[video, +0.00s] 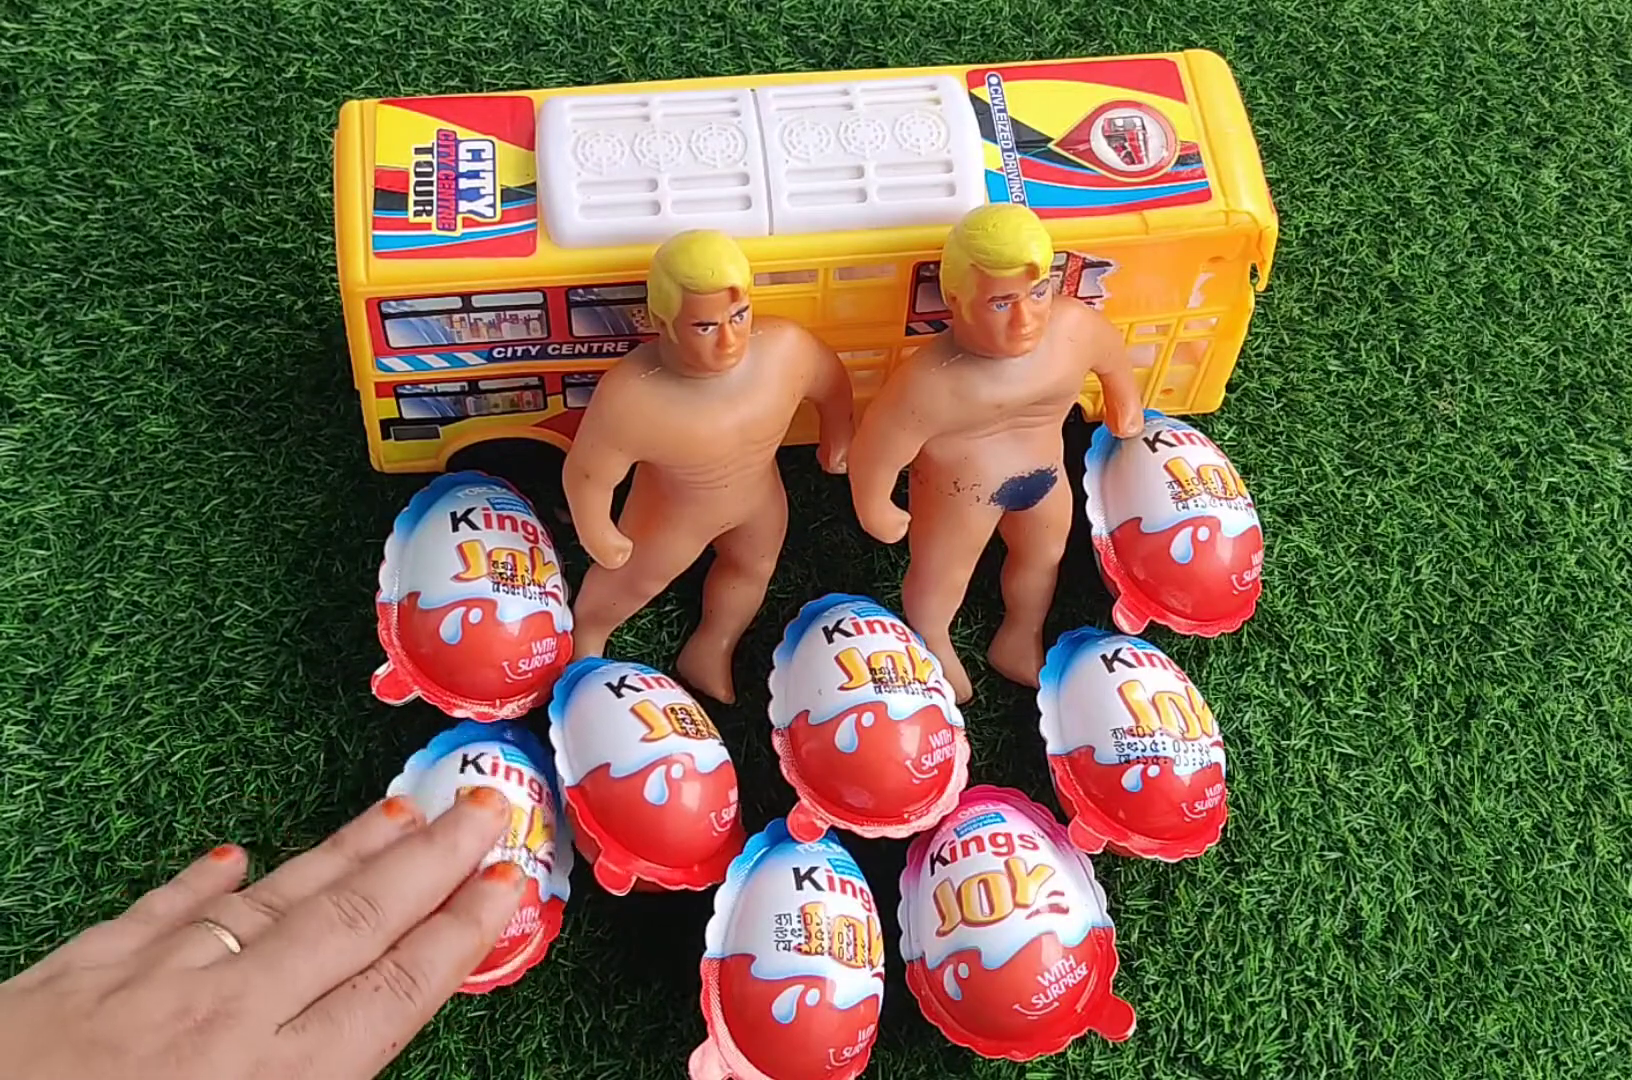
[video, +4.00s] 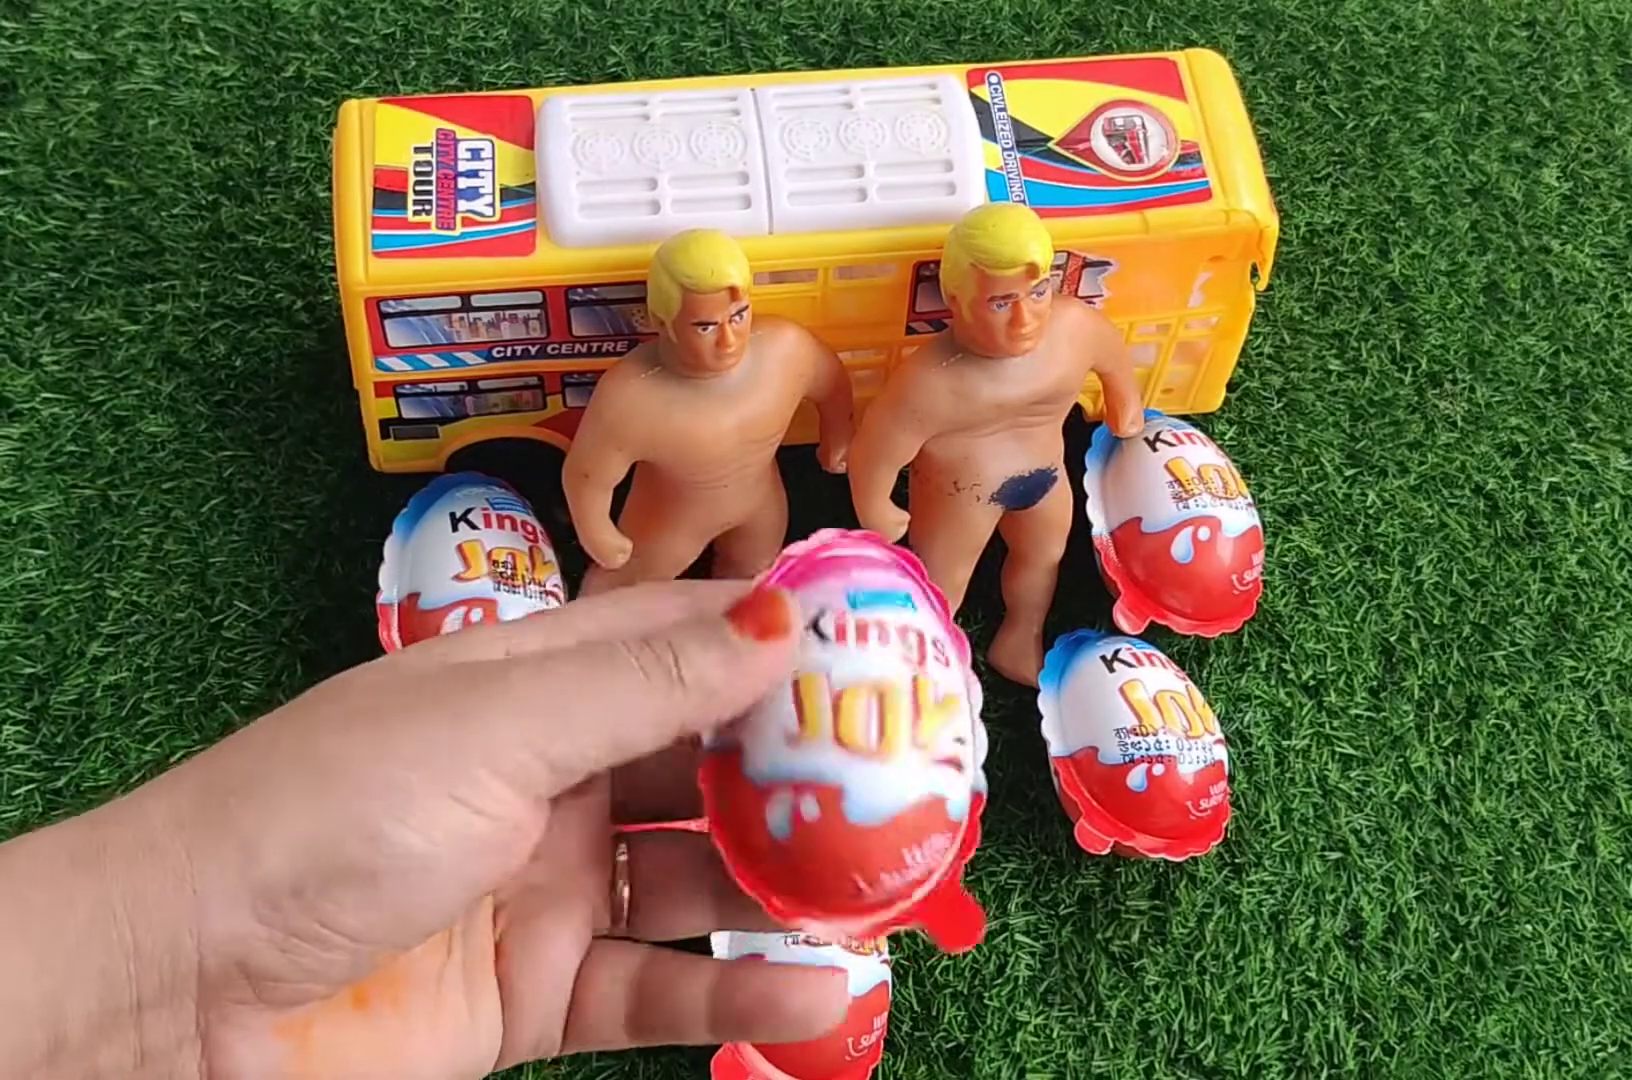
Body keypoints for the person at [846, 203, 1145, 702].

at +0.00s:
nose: (1024, 316)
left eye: (1037, 294)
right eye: (1000, 302)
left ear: (1051, 284)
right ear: (954, 304)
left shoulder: (1078, 327)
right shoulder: (927, 382)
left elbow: (1113, 358)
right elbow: (874, 452)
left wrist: (1126, 406)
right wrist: (877, 514)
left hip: (1045, 477)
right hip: (959, 493)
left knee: (1041, 561)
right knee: (940, 580)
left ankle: (1020, 642)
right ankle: (933, 645)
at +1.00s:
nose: (1023, 317)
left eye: (1036, 294)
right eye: (999, 302)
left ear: (1052, 284)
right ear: (953, 304)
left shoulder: (1077, 326)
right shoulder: (927, 384)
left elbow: (1113, 359)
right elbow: (874, 452)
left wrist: (1126, 404)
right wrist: (878, 514)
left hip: (1045, 478)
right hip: (959, 494)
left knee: (1041, 561)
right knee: (940, 579)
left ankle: (1020, 642)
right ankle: (932, 645)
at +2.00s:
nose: (1024, 316)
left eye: (1036, 294)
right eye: (1000, 302)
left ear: (1049, 284)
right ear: (953, 303)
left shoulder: (1077, 326)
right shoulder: (927, 383)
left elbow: (1112, 357)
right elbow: (873, 456)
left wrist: (1125, 404)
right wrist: (875, 513)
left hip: (1044, 478)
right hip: (958, 493)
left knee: (1040, 561)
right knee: (938, 580)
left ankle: (1019, 643)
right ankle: (934, 647)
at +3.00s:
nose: (1024, 316)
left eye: (1036, 294)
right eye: (999, 302)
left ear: (1051, 284)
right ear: (953, 303)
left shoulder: (1077, 326)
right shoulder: (927, 383)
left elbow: (1112, 357)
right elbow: (874, 452)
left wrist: (1126, 403)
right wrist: (877, 513)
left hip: (1045, 474)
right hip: (959, 490)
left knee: (1041, 560)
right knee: (942, 575)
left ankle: (1020, 641)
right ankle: (931, 643)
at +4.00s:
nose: (1024, 317)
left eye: (1037, 294)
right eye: (1000, 302)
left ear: (1051, 283)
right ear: (953, 303)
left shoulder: (1079, 328)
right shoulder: (927, 381)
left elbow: (1115, 362)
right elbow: (871, 458)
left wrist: (1126, 410)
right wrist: (879, 516)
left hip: (1044, 479)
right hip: (958, 492)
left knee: (1040, 563)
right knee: (940, 584)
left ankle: (1020, 643)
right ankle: (922, 662)